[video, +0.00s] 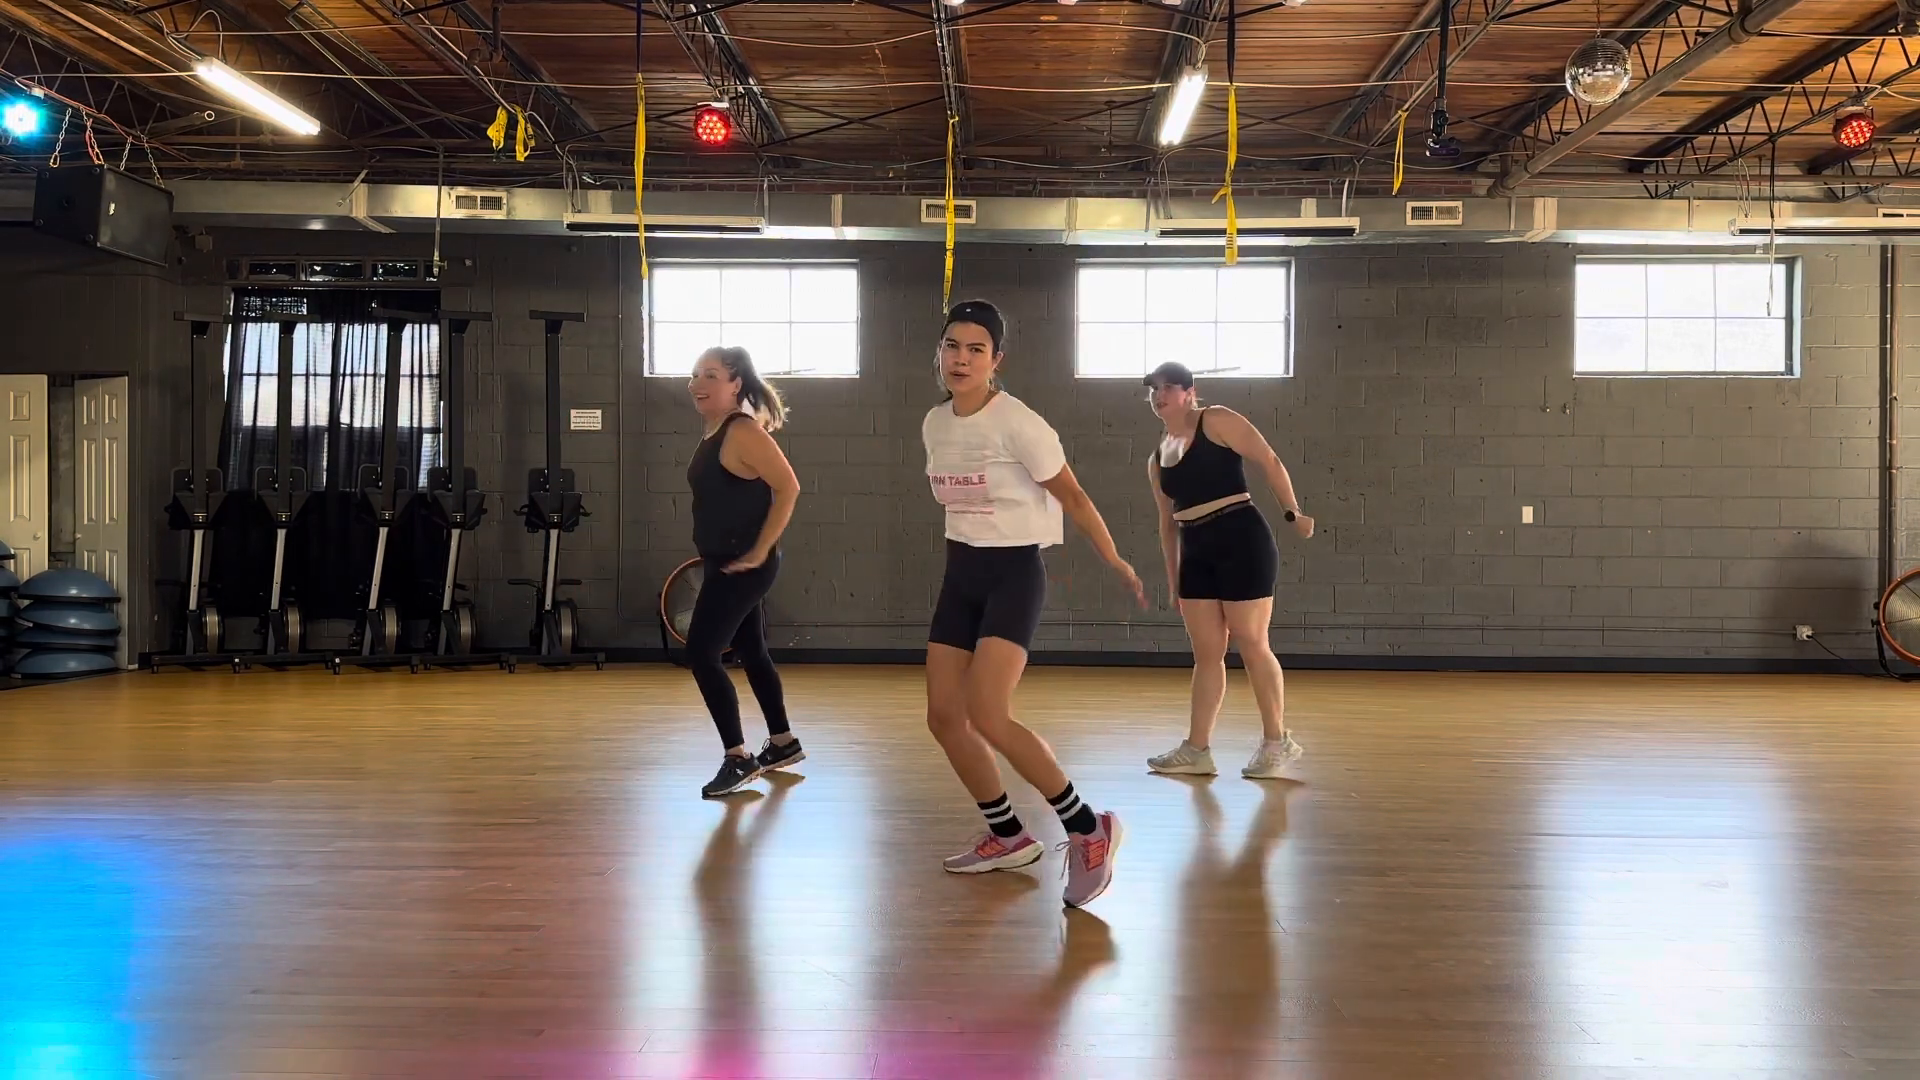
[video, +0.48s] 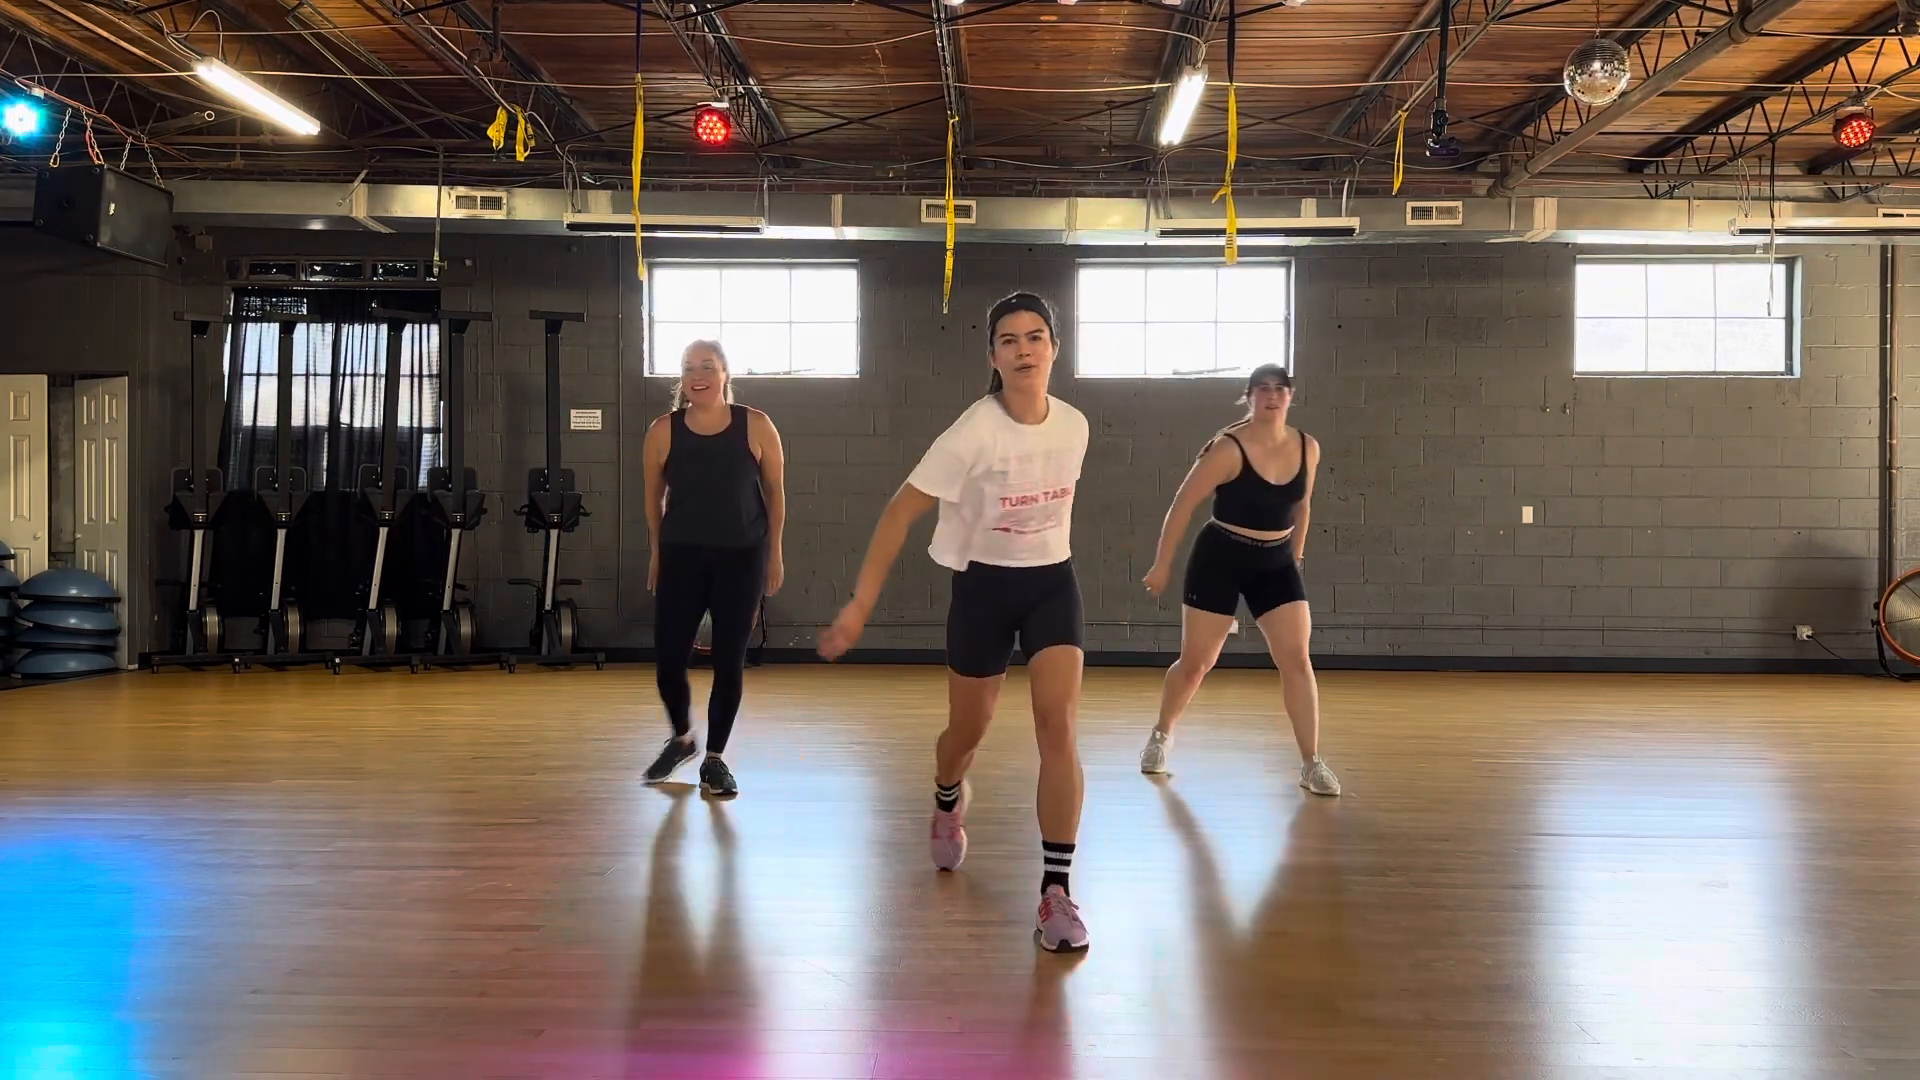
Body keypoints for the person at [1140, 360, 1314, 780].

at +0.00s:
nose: (1155, 397)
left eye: (1164, 389)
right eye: (1152, 390)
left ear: (1188, 392)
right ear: (1152, 398)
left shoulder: (1216, 421)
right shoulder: (1159, 458)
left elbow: (1270, 461)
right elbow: (1168, 523)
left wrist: (1293, 513)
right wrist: (1173, 578)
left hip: (1242, 539)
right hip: (1195, 550)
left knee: (1251, 642)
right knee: (1207, 651)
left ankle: (1276, 743)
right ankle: (1197, 749)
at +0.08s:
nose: (1170, 391)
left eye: (1178, 384)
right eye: (1163, 384)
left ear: (1194, 391)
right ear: (1154, 393)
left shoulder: (1226, 421)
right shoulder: (1152, 454)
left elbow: (1273, 466)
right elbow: (1156, 516)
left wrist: (1290, 517)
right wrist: (1159, 576)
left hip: (1244, 539)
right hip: (1190, 548)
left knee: (1247, 650)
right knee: (1200, 653)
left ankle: (1269, 740)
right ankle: (1196, 747)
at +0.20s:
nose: (1195, 385)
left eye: (1203, 379)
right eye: (1187, 379)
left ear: (1215, 387)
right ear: (1175, 387)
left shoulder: (1244, 422)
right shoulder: (1159, 444)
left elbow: (1275, 472)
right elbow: (1145, 512)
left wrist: (1285, 524)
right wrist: (1140, 569)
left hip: (1248, 542)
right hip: (1192, 546)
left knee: (1263, 647)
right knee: (1190, 649)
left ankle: (1277, 744)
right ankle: (1182, 745)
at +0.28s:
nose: (1214, 385)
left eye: (1222, 379)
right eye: (1206, 378)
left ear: (1234, 386)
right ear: (1194, 385)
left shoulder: (1261, 427)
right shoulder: (1174, 440)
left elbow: (1279, 484)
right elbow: (1148, 505)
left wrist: (1284, 536)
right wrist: (1138, 565)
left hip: (1254, 547)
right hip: (1196, 547)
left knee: (1275, 648)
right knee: (1186, 650)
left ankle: (1299, 752)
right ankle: (1168, 742)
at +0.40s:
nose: (1250, 394)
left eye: (1257, 387)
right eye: (1241, 387)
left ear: (1269, 396)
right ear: (1228, 395)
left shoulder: (1289, 446)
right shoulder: (1207, 448)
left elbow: (1290, 504)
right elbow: (1167, 505)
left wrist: (1287, 558)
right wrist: (1146, 566)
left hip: (1266, 561)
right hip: (1210, 558)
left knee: (1286, 661)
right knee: (1189, 660)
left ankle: (1312, 760)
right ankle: (1160, 738)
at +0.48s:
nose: (1272, 396)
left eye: (1279, 389)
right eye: (1263, 389)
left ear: (1290, 397)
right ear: (1249, 397)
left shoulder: (1306, 448)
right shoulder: (1228, 449)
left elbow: (1302, 508)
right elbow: (1182, 504)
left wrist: (1293, 559)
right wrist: (1162, 564)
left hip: (1275, 561)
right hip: (1221, 557)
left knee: (1297, 661)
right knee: (1197, 662)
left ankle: (1313, 763)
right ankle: (1161, 736)